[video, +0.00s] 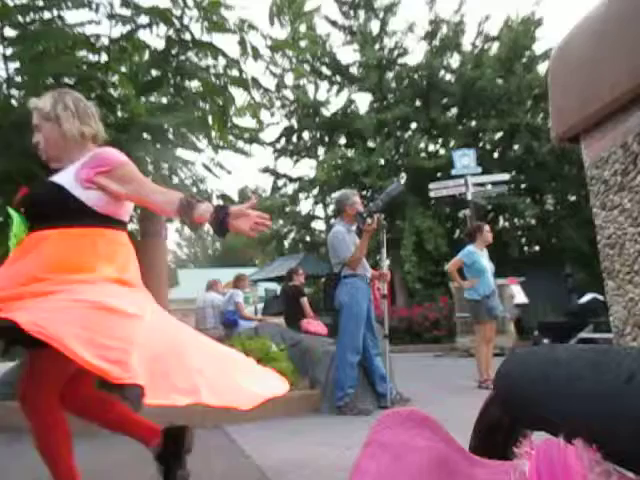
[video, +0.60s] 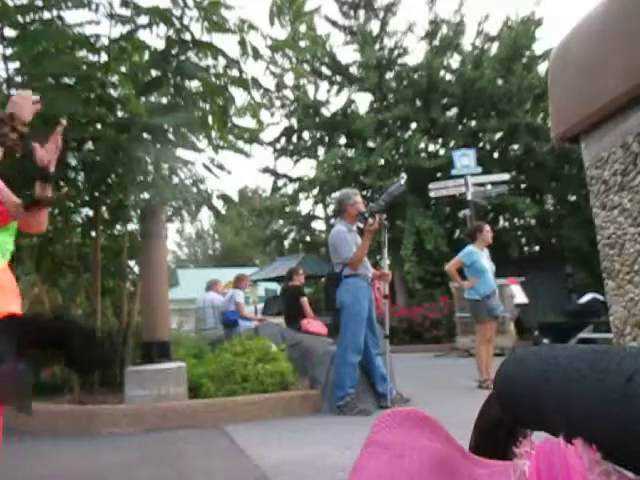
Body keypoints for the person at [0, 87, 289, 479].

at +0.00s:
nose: (35, 141)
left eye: (40, 130)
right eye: (34, 131)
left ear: (66, 125)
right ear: (66, 127)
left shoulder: (101, 161)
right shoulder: (67, 175)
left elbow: (161, 198)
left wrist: (222, 216)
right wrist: (33, 205)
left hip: (88, 299)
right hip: (68, 300)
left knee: (36, 392)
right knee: (74, 392)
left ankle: (67, 475)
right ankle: (161, 440)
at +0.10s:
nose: (17, 140)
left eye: (21, 129)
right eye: (15, 131)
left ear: (49, 126)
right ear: (48, 129)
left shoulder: (100, 172)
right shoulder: (30, 179)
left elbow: (150, 222)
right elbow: (11, 230)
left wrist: (208, 244)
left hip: (81, 292)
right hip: (28, 293)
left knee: (33, 396)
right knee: (14, 395)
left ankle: (66, 475)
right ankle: (103, 440)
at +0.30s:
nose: (1, 129)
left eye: (7, 120)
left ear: (31, 125)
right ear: (1, 127)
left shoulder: (67, 173)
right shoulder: (3, 173)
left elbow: (103, 228)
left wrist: (123, 234)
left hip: (57, 290)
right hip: (9, 293)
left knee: (30, 393)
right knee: (27, 393)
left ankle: (60, 470)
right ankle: (60, 470)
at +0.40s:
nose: (1, 125)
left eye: (5, 117)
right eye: (0, 117)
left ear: (18, 126)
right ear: (6, 126)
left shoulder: (39, 171)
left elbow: (68, 217)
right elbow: (68, 217)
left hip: (32, 288)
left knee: (24, 382)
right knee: (23, 384)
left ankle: (47, 470)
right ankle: (47, 470)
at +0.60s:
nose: (15, 139)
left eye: (19, 133)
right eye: (12, 131)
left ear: (17, 138)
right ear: (6, 134)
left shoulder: (7, 190)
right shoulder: (6, 191)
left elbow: (35, 222)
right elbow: (34, 222)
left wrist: (45, 173)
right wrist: (45, 172)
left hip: (8, 299)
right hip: (6, 300)